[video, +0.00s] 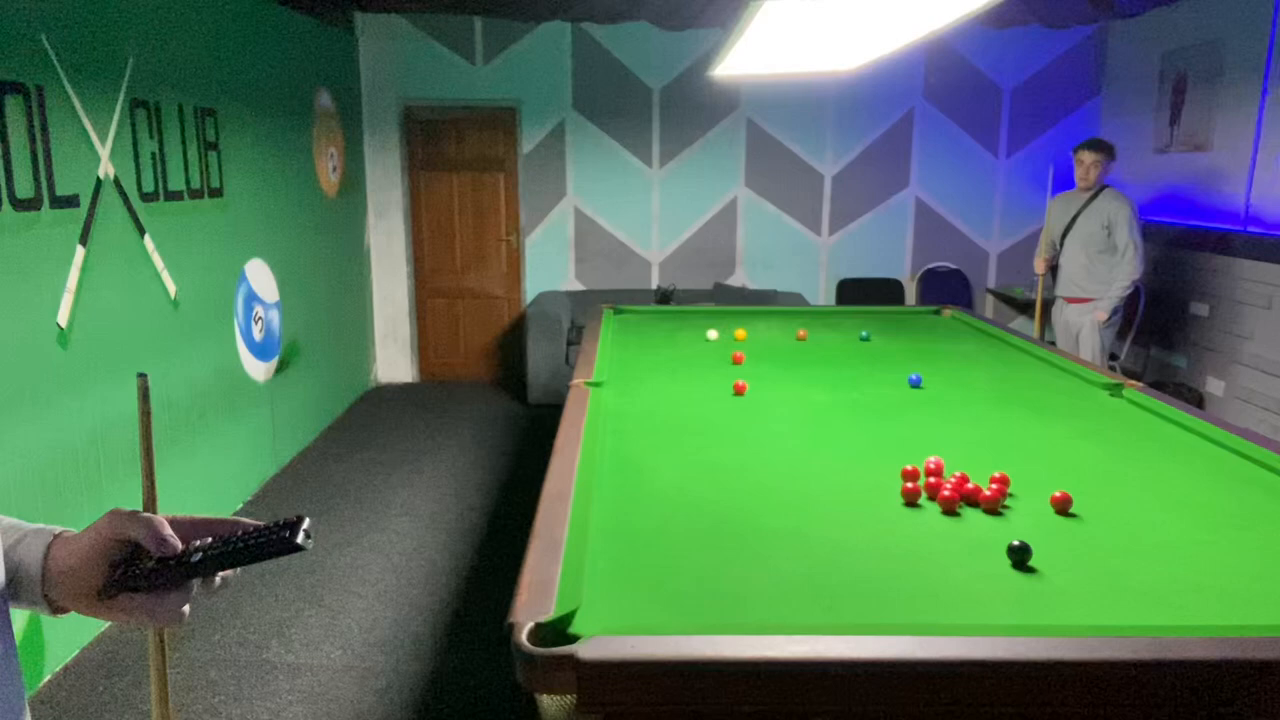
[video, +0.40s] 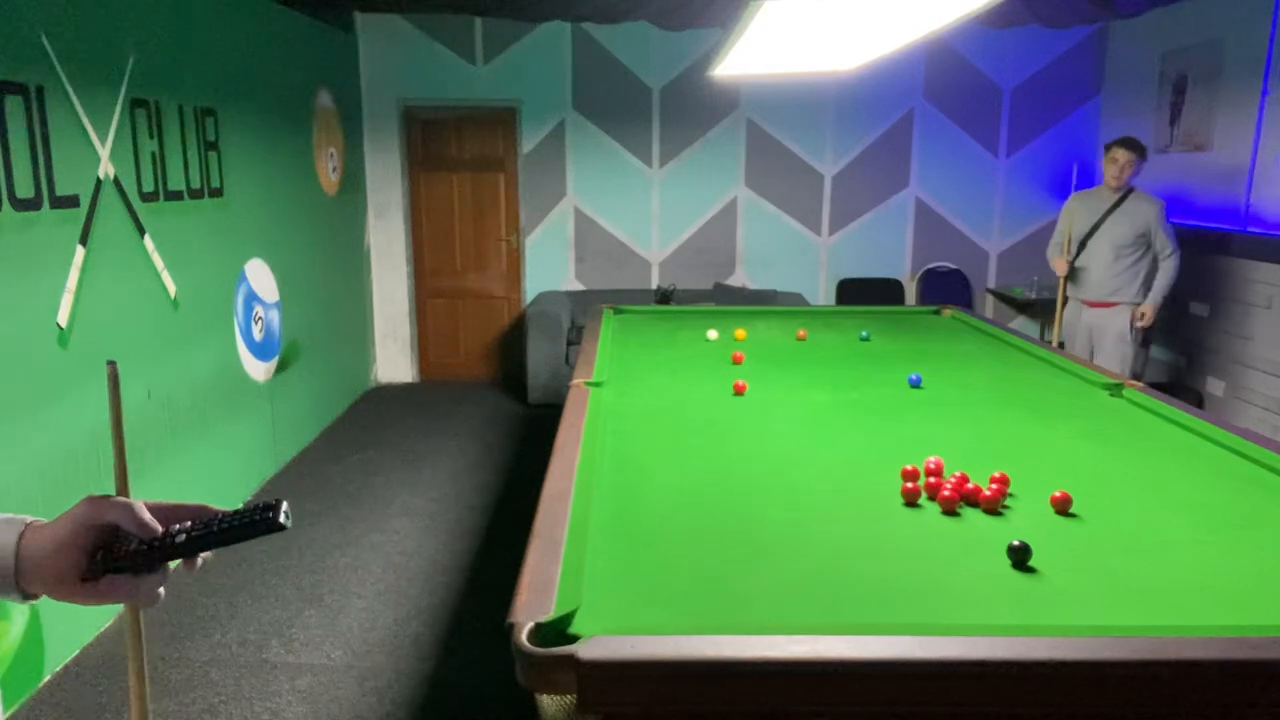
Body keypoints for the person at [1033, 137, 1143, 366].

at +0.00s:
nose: (1085, 171)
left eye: (1094, 165)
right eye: (1080, 163)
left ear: (1106, 169)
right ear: (1074, 164)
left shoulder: (1118, 206)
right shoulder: (1058, 204)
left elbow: (1132, 265)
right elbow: (1047, 243)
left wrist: (1107, 307)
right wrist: (1041, 261)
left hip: (1097, 307)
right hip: (1062, 305)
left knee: (1091, 382)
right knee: (1065, 378)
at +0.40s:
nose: (1118, 169)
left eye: (1127, 164)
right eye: (1113, 161)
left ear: (1137, 170)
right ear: (1104, 162)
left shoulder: (1150, 209)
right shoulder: (1076, 202)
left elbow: (1169, 258)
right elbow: (1056, 244)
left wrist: (1152, 302)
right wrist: (1057, 260)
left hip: (1120, 315)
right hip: (1076, 309)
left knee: (1110, 393)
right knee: (1069, 387)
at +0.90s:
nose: (1152, 171)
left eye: (1161, 165)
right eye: (1146, 162)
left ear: (1171, 170)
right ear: (1136, 162)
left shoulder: (1185, 211)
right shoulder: (1109, 203)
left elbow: (1200, 264)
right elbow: (1080, 246)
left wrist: (1182, 311)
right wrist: (1081, 259)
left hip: (1147, 316)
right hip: (1101, 308)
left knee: (1126, 394)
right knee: (1079, 380)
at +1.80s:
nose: (1128, 181)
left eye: (1136, 173)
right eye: (1120, 172)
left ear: (1149, 171)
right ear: (1110, 169)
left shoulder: (1163, 210)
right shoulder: (1090, 209)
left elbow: (1171, 270)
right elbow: (1067, 264)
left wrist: (1176, 322)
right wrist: (1086, 285)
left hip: (1151, 326)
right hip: (1101, 326)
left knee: (1152, 411)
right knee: (1096, 410)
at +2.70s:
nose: (1180, 180)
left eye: (1189, 171)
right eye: (1171, 172)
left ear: (1204, 169)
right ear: (1161, 171)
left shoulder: (1227, 217)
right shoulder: (1139, 210)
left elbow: (1240, 282)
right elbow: (1113, 261)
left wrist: (1236, 338)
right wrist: (1096, 306)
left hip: (1181, 341)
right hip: (1129, 330)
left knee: (1158, 425)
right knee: (1108, 415)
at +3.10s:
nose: (1160, 177)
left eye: (1169, 168)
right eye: (1151, 169)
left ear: (1182, 169)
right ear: (1138, 169)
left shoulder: (1203, 215)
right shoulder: (1114, 212)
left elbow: (1212, 281)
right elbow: (1089, 270)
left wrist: (1204, 339)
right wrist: (1090, 321)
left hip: (1175, 345)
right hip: (1118, 341)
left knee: (1163, 434)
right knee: (1109, 430)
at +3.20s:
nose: (1156, 176)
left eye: (1164, 168)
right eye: (1146, 168)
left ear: (1178, 169)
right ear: (1133, 169)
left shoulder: (1199, 215)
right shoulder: (1109, 213)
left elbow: (1207, 281)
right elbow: (1084, 271)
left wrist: (1200, 339)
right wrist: (1089, 324)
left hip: (1172, 346)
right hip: (1115, 342)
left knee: (1165, 435)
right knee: (1107, 432)